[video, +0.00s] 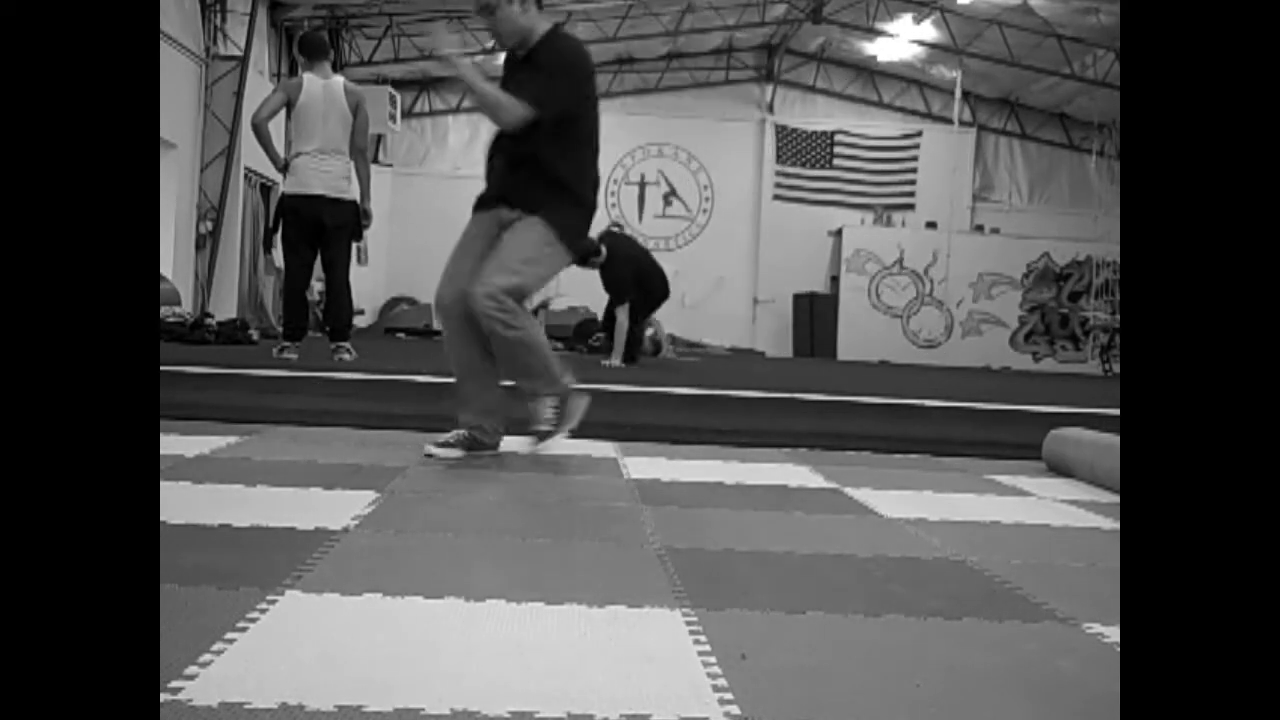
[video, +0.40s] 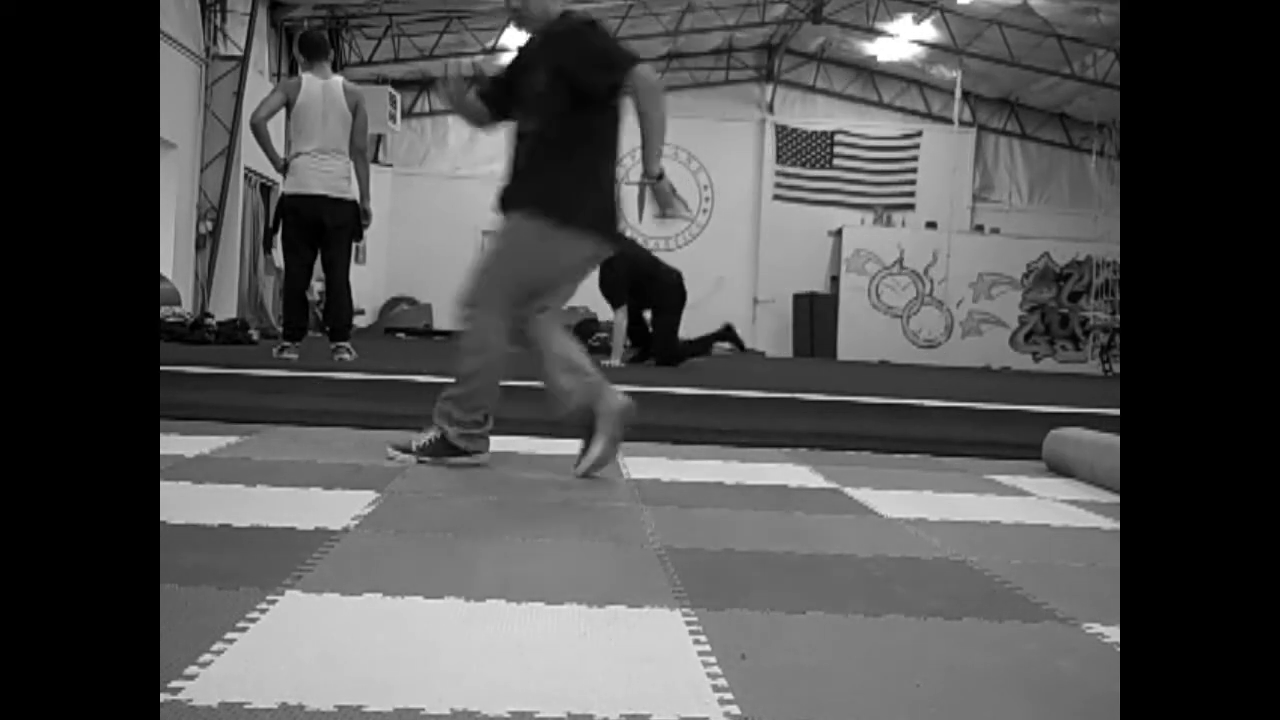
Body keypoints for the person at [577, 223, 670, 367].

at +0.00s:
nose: (591, 268)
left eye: (590, 266)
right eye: (587, 267)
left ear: (593, 260)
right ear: (596, 243)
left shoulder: (615, 270)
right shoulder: (608, 237)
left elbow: (622, 317)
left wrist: (616, 358)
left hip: (654, 291)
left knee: (632, 322)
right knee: (610, 320)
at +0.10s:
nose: (589, 270)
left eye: (587, 267)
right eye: (585, 268)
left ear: (593, 261)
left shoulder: (615, 271)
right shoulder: (610, 240)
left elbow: (623, 317)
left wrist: (616, 358)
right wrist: (628, 231)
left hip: (656, 299)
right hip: (632, 296)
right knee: (613, 342)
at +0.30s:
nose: (583, 265)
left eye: (582, 262)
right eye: (580, 263)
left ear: (589, 256)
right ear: (593, 244)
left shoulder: (611, 271)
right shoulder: (612, 238)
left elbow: (619, 316)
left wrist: (615, 359)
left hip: (665, 297)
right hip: (643, 294)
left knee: (661, 359)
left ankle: (693, 339)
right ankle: (639, 346)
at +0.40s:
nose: (580, 255)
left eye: (577, 248)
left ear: (595, 247)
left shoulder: (612, 269)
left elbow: (622, 316)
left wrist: (615, 359)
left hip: (668, 291)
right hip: (649, 289)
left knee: (666, 356)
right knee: (627, 308)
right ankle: (645, 347)